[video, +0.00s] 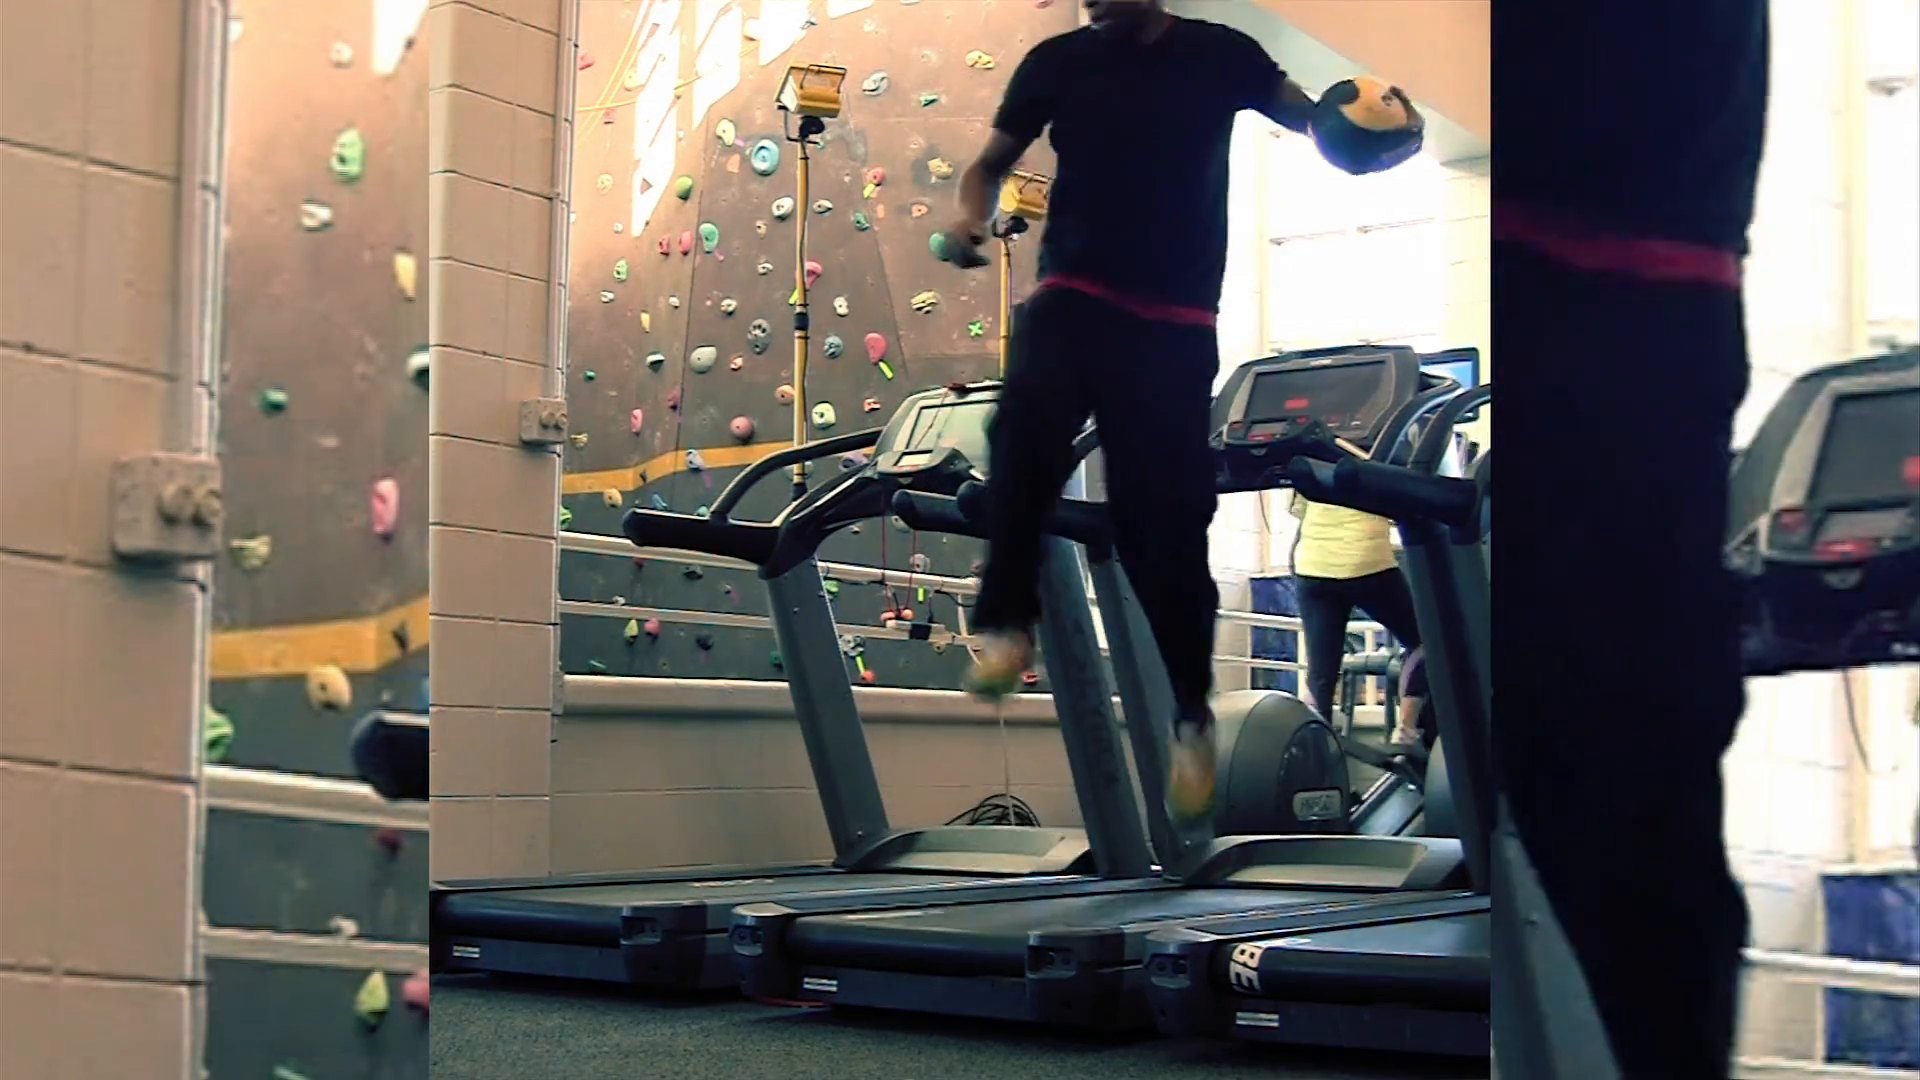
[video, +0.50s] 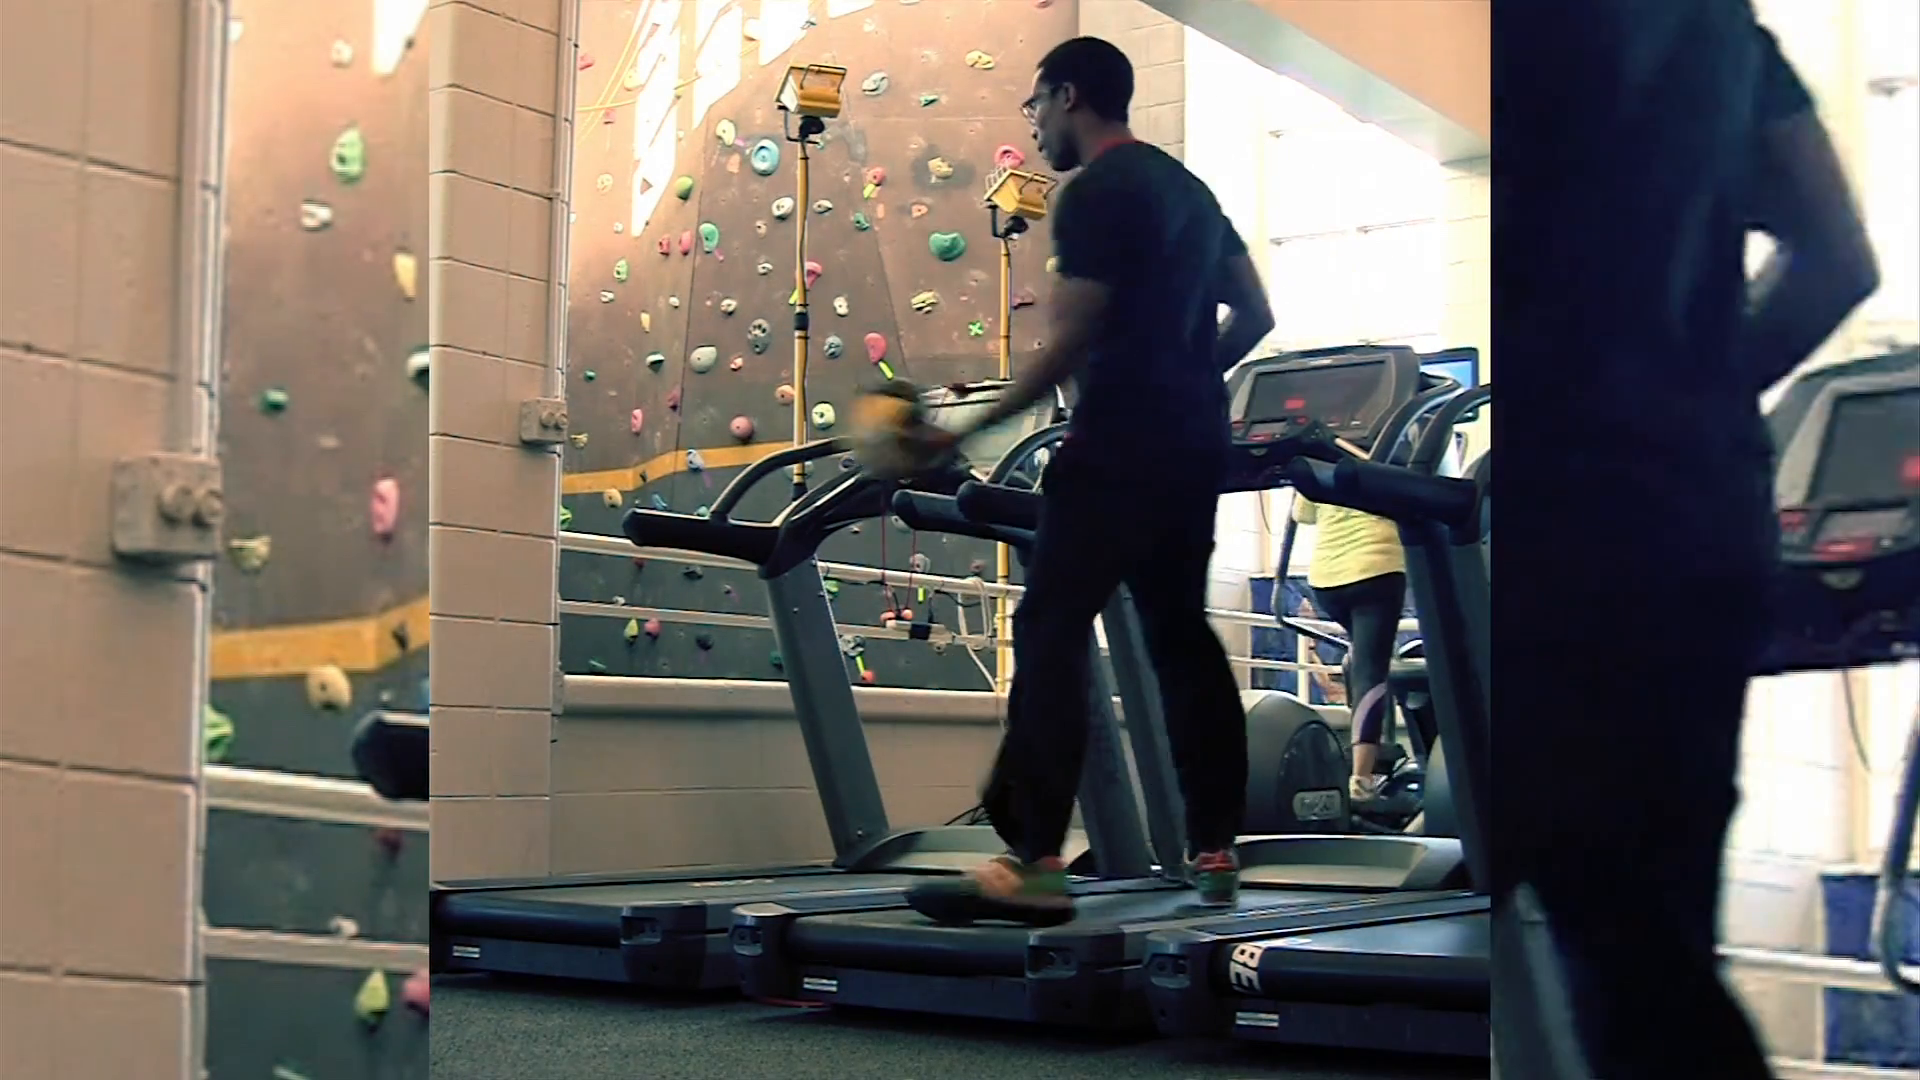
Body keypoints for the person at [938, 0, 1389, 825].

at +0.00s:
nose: (1107, 4)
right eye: (1097, 0)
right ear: (1090, 3)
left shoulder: (1222, 52)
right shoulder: (1057, 60)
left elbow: (1318, 122)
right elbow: (988, 165)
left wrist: (1370, 115)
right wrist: (970, 221)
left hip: (1174, 329)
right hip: (1071, 309)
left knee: (1167, 531)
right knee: (1023, 433)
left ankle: (1192, 718)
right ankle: (1004, 626)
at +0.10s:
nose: (1054, 29)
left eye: (1068, 11)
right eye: (1048, 17)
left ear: (1124, 7)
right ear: (1054, 26)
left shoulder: (1207, 76)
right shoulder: (1057, 107)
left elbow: (1317, 117)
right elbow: (1010, 222)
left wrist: (1374, 123)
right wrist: (951, 257)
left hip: (1173, 359)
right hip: (1081, 331)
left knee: (1164, 569)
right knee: (958, 364)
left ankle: (1209, 803)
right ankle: (986, 577)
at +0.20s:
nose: (1039, 96)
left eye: (1050, 76)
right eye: (1037, 80)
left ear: (1103, 68)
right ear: (1087, 75)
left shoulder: (1198, 140)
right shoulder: (1072, 177)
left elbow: (1301, 195)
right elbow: (1072, 288)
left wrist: (1351, 217)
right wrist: (982, 327)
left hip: (1167, 423)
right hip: (1080, 402)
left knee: (1147, 632)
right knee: (933, 481)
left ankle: (1184, 853)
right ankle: (1026, 658)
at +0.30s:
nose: (1029, 128)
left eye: (1039, 107)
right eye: (1028, 111)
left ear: (1085, 102)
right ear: (1081, 108)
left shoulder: (1181, 183)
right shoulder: (1088, 214)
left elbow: (1263, 271)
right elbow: (1102, 351)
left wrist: (1299, 329)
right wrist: (1023, 391)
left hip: (1161, 455)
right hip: (1084, 455)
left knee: (1102, 650)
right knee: (1001, 644)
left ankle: (1139, 871)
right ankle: (1127, 776)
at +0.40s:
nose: (1023, 126)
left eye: (1032, 107)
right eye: (1025, 110)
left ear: (1073, 104)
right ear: (1082, 108)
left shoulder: (1141, 193)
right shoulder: (1111, 199)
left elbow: (1190, 332)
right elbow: (1128, 337)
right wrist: (1076, 411)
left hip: (1136, 460)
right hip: (1111, 455)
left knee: (1057, 644)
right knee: (1106, 651)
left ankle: (1088, 875)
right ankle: (1205, 837)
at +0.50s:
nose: (1032, 128)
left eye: (1037, 109)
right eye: (1031, 112)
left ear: (1073, 100)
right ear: (1117, 103)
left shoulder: (1094, 190)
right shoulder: (1190, 191)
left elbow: (1065, 342)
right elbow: (1252, 316)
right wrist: (1181, 371)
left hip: (1111, 448)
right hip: (1193, 447)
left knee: (1048, 628)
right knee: (1182, 631)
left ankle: (1034, 859)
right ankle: (1214, 845)